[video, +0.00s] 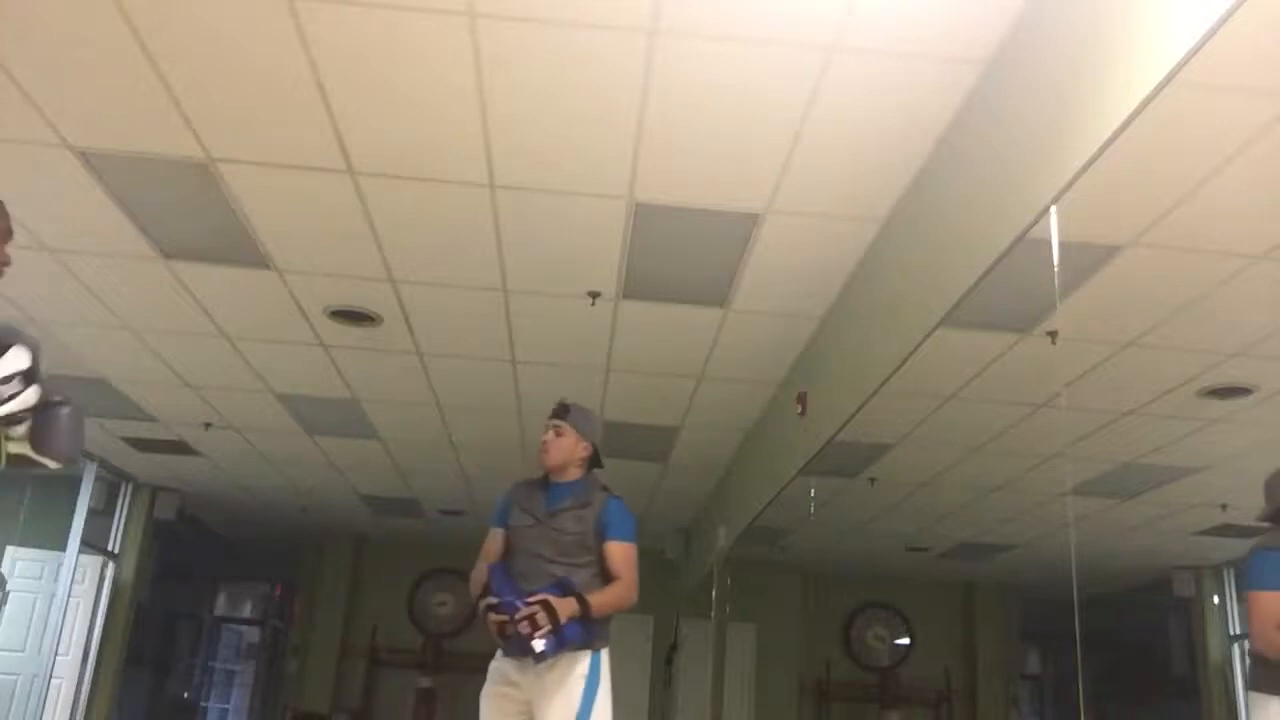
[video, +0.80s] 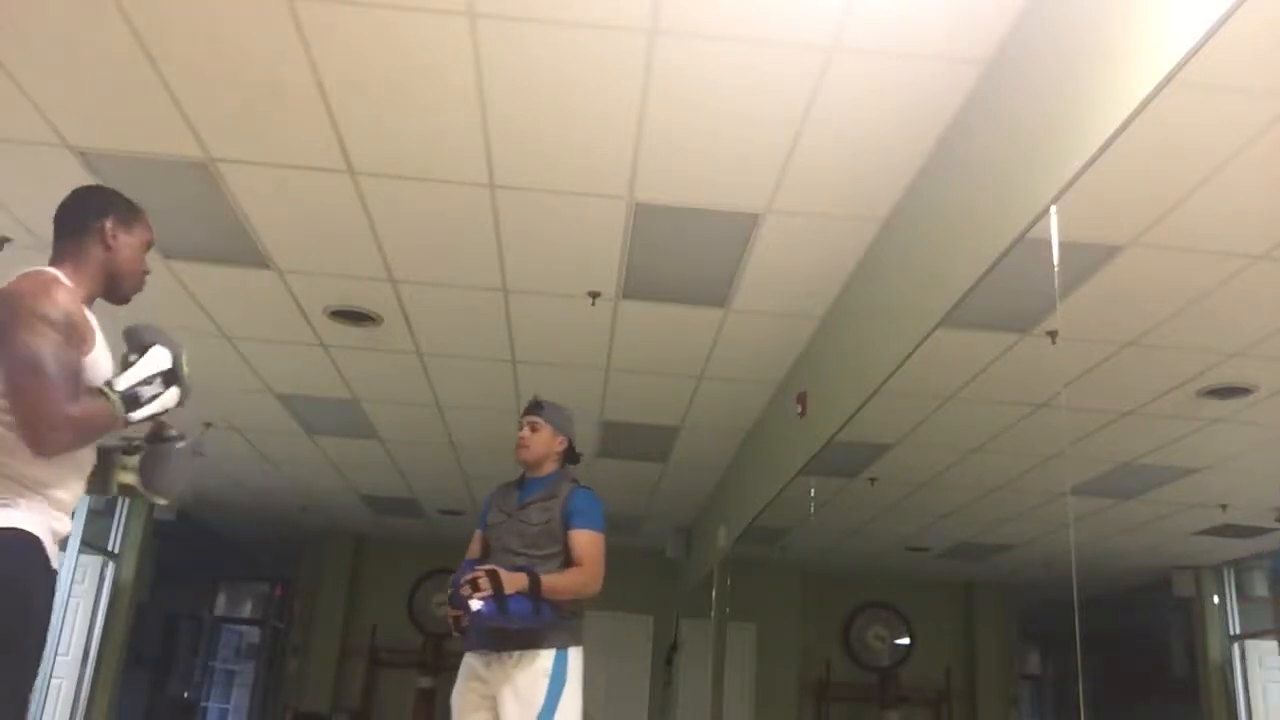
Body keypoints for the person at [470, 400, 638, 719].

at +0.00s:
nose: (545, 438)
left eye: (557, 432)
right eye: (546, 431)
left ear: (584, 448)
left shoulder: (608, 509)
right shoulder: (517, 497)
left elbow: (626, 590)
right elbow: (485, 565)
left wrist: (569, 607)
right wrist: (488, 607)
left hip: (574, 667)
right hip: (511, 662)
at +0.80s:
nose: (521, 434)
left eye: (533, 427)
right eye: (521, 427)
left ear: (560, 443)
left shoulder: (579, 500)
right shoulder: (499, 498)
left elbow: (590, 579)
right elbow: (471, 564)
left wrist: (520, 581)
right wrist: (461, 601)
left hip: (542, 660)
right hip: (482, 656)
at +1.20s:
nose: (484, 428)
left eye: (496, 422)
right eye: (483, 422)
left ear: (521, 439)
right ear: (478, 433)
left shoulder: (535, 491)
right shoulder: (459, 493)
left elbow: (543, 569)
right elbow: (426, 555)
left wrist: (471, 567)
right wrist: (405, 590)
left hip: (492, 650)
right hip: (436, 645)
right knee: (425, 713)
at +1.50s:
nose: (463, 428)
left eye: (476, 420)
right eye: (460, 420)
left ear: (500, 437)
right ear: (455, 429)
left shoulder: (516, 489)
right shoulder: (434, 488)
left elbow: (528, 566)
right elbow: (401, 550)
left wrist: (482, 516)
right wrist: (389, 587)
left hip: (477, 632)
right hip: (422, 631)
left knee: (460, 713)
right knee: (411, 713)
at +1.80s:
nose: (452, 420)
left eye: (465, 413)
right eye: (449, 413)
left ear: (489, 432)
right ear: (442, 423)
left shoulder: (503, 487)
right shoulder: (413, 486)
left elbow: (525, 567)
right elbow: (381, 549)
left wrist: (471, 539)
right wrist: (364, 591)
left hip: (458, 641)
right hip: (403, 639)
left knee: (438, 713)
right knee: (400, 713)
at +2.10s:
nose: (437, 402)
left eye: (451, 397)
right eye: (434, 396)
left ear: (475, 419)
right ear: (427, 409)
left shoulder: (482, 484)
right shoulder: (398, 470)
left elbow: (497, 571)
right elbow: (361, 528)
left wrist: (430, 555)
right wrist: (337, 577)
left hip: (439, 637)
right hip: (384, 634)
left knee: (421, 712)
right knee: (379, 713)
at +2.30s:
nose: (423, 400)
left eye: (438, 394)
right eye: (421, 392)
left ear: (461, 415)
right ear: (412, 404)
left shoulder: (467, 475)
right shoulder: (390, 462)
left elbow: (459, 559)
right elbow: (356, 533)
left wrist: (395, 522)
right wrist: (306, 556)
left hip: (430, 635)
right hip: (377, 630)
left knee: (416, 713)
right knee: (367, 712)